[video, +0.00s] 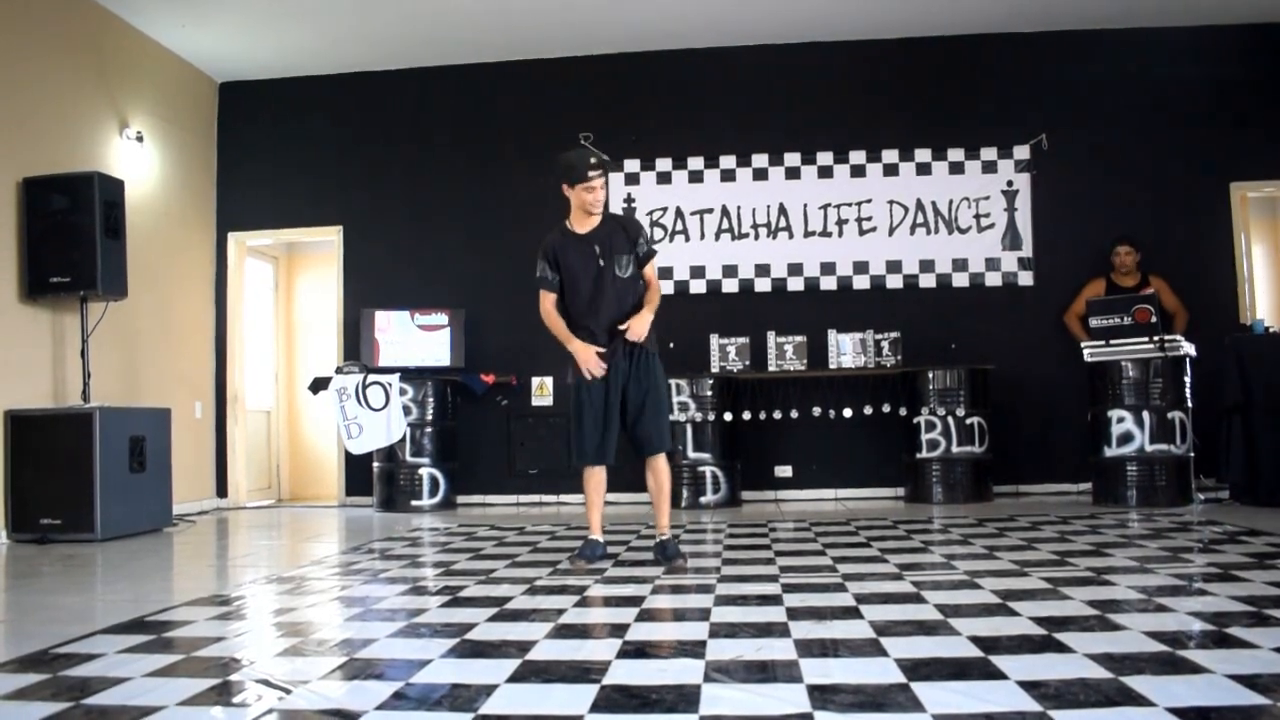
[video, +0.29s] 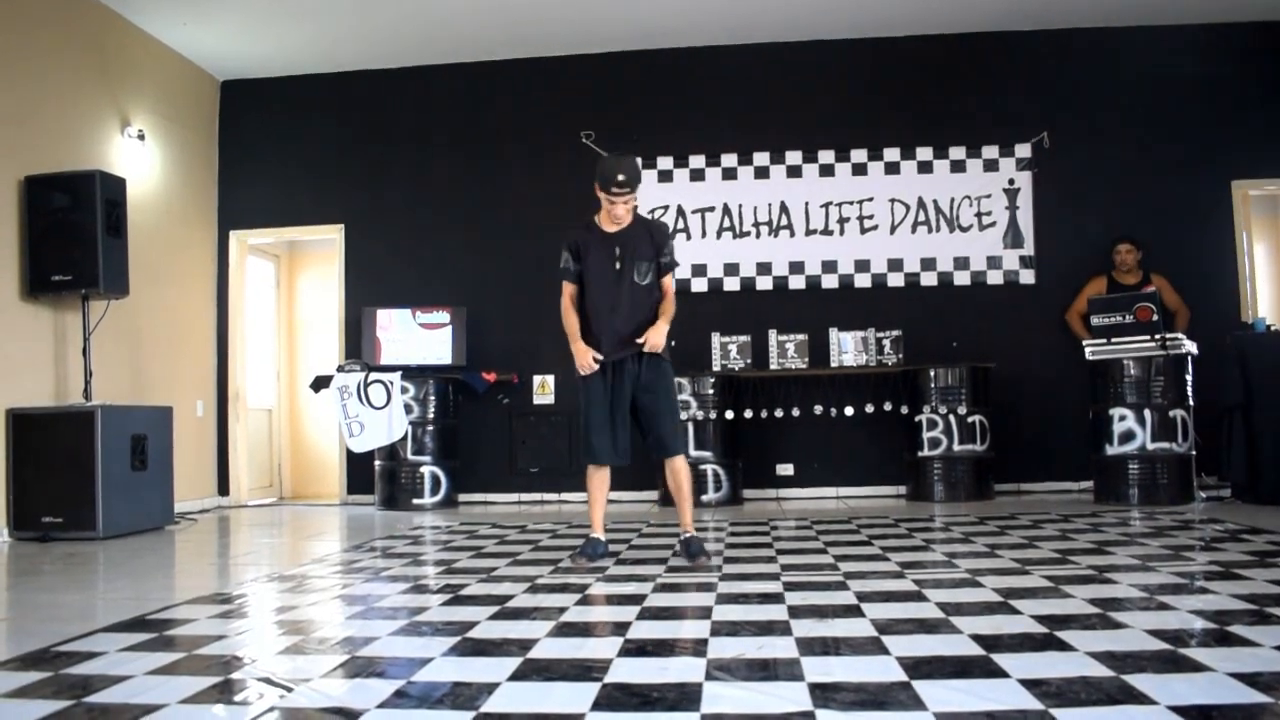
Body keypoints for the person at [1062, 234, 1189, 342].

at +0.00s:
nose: (1123, 260)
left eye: (1128, 254)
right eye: (1117, 255)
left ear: (1137, 257)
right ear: (1111, 259)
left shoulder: (1154, 283)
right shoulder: (1099, 286)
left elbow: (1180, 313)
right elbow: (1070, 316)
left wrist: (1173, 341)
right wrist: (1089, 344)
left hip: (1151, 360)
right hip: (1113, 361)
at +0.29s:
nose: (1123, 258)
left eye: (1128, 252)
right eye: (1118, 253)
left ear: (1139, 255)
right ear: (1113, 258)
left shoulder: (1156, 282)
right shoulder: (1100, 284)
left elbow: (1182, 311)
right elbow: (1072, 315)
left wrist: (1175, 340)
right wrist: (1090, 343)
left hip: (1153, 358)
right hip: (1114, 359)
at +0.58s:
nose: (1124, 256)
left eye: (1129, 251)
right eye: (1119, 251)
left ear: (1139, 253)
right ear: (1113, 256)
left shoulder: (1155, 280)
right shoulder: (1100, 283)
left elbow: (1181, 310)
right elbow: (1072, 313)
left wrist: (1175, 338)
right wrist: (1090, 341)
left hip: (1153, 355)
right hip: (1114, 357)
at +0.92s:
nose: (1124, 256)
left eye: (1129, 250)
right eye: (1119, 251)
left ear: (1139, 253)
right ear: (1113, 255)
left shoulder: (1156, 280)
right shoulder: (1100, 283)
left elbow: (1181, 309)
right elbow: (1072, 313)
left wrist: (1175, 337)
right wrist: (1090, 340)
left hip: (1154, 354)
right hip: (1115, 355)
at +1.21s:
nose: (1124, 256)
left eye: (1129, 250)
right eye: (1119, 251)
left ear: (1139, 253)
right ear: (1113, 255)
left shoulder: (1156, 280)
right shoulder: (1100, 283)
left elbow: (1181, 309)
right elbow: (1072, 313)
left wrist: (1175, 338)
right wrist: (1090, 341)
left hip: (1154, 355)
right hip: (1115, 356)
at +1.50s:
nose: (1124, 256)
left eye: (1130, 251)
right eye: (1119, 252)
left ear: (1139, 253)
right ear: (1113, 256)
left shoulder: (1155, 280)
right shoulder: (1100, 283)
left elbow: (1181, 309)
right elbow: (1072, 313)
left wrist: (1174, 338)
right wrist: (1090, 341)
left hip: (1154, 355)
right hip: (1115, 357)